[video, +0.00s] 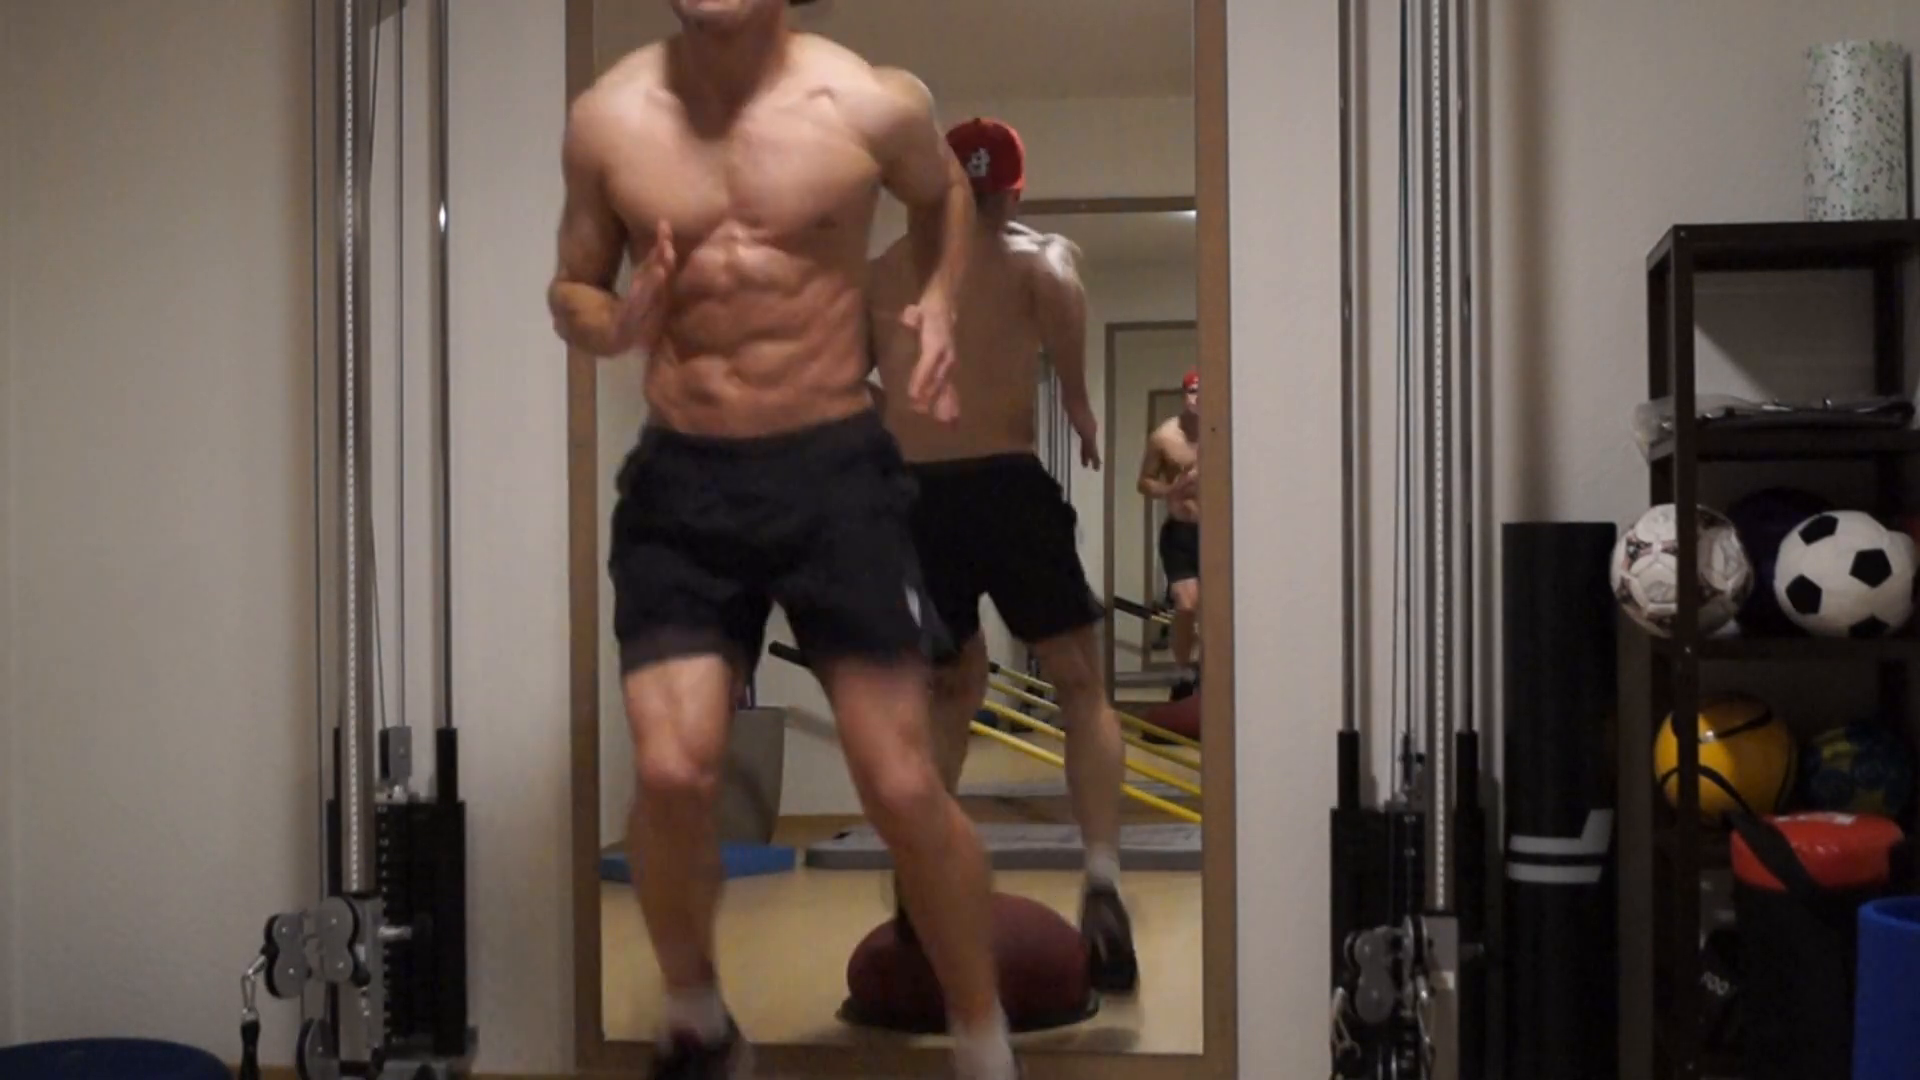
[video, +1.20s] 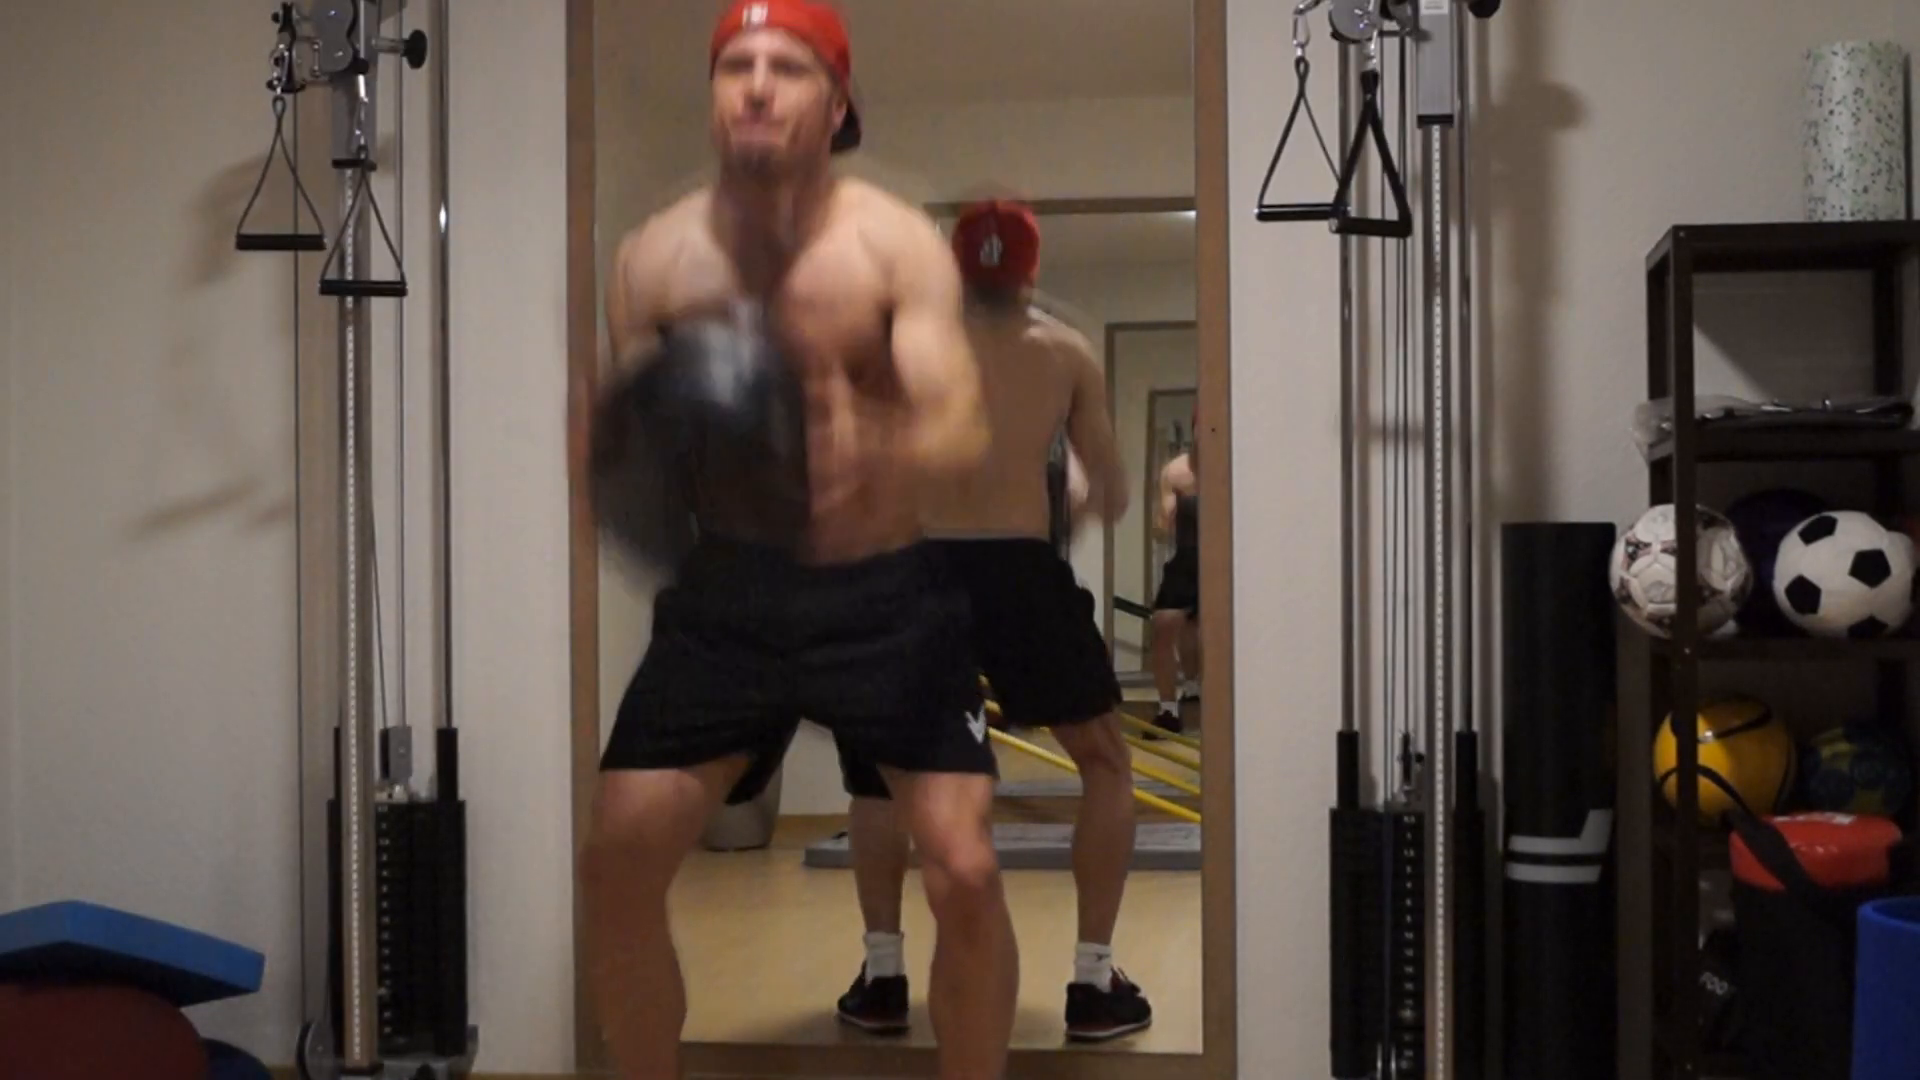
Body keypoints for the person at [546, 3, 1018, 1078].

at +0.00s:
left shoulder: (871, 105)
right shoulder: (607, 115)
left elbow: (944, 200)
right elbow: (572, 289)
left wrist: (937, 305)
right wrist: (617, 326)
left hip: (838, 477)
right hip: (682, 484)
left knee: (903, 789)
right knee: (669, 772)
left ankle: (984, 1052)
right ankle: (695, 1027)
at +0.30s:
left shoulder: (851, 91)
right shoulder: (590, 100)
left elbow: (957, 209)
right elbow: (561, 265)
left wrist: (935, 330)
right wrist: (592, 323)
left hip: (824, 437)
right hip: (670, 448)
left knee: (818, 728)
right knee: (651, 754)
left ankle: (896, 963)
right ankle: (730, 1040)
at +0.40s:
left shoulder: (838, 62)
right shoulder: (578, 69)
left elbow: (934, 177)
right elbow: (551, 227)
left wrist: (898, 289)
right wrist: (577, 308)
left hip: (790, 406)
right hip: (644, 412)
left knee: (747, 691)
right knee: (576, 690)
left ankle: (800, 962)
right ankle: (667, 969)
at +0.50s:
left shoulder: (805, 67)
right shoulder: (563, 73)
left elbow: (895, 245)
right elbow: (541, 206)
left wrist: (771, 239)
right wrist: (522, 337)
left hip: (747, 435)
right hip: (599, 422)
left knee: (690, 760)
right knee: (489, 705)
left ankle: (735, 1046)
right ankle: (526, 970)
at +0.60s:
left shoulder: (789, 87)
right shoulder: (544, 89)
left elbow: (869, 276)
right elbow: (515, 203)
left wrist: (753, 220)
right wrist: (498, 326)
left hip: (723, 466)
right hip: (572, 458)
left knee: (672, 765)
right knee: (490, 782)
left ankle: (728, 1034)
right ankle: (475, 1061)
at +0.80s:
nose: (729, 3)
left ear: (811, 18)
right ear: (693, 20)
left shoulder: (864, 111)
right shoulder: (636, 111)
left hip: (831, 528)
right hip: (672, 529)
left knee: (908, 857)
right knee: (655, 855)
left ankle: (956, 1069)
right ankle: (648, 1074)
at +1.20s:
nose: (758, 88)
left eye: (786, 70)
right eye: (738, 67)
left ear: (836, 105)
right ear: (709, 95)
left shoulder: (901, 244)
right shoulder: (654, 256)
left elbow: (963, 444)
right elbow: (612, 453)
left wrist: (877, 449)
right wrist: (665, 431)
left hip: (887, 598)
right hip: (728, 598)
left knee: (965, 876)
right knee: (619, 856)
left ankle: (974, 1071)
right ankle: (645, 1074)